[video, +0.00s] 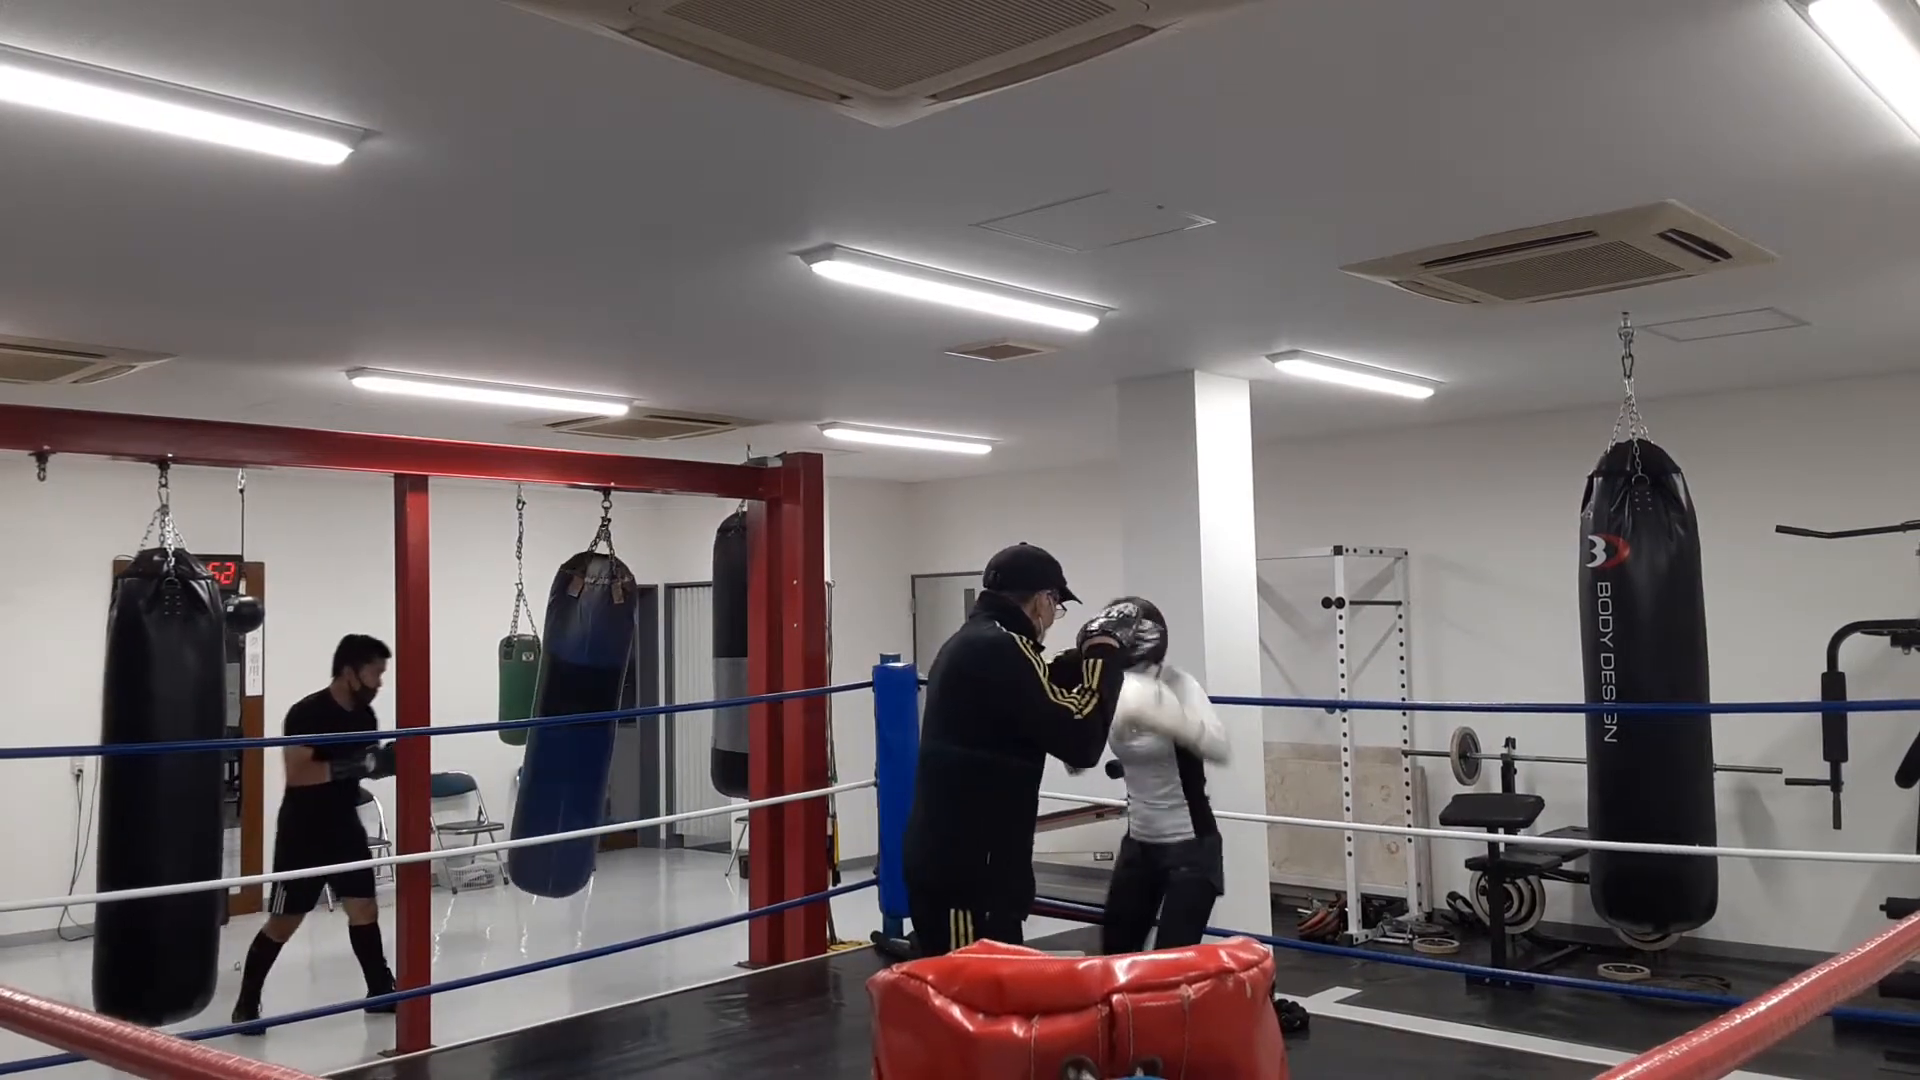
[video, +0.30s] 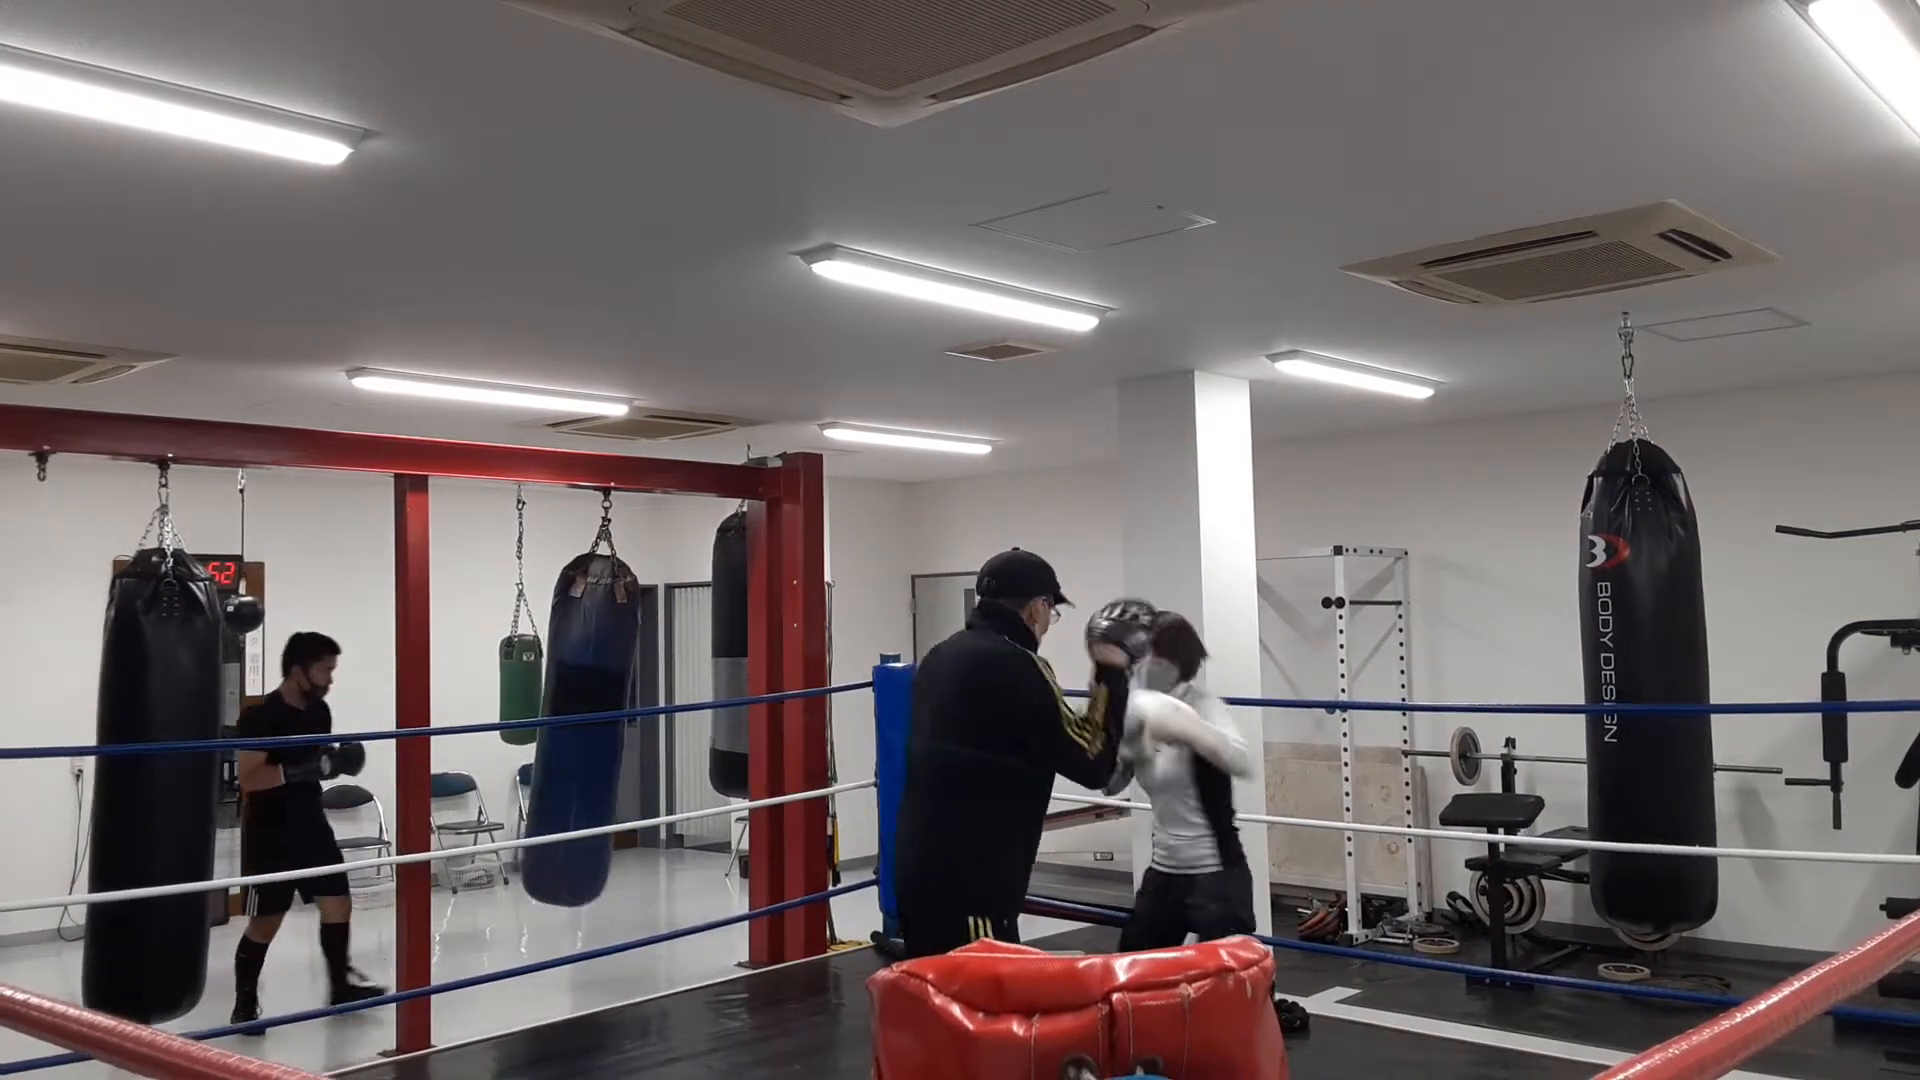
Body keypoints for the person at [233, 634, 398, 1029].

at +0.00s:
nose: (380, 683)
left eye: (381, 675)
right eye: (375, 675)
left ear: (362, 673)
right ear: (348, 671)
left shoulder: (365, 717)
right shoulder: (306, 713)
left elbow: (360, 766)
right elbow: (295, 775)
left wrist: (391, 761)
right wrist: (349, 767)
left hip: (345, 822)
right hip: (303, 825)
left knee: (363, 907)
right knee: (286, 919)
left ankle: (380, 989)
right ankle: (247, 1002)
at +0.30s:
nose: (332, 678)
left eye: (333, 670)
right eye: (326, 670)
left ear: (307, 672)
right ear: (298, 670)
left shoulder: (319, 712)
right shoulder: (260, 716)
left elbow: (311, 761)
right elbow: (249, 778)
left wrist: (339, 761)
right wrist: (302, 770)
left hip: (310, 821)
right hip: (269, 826)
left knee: (337, 902)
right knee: (268, 915)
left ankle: (340, 987)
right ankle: (245, 1003)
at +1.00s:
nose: (364, 685)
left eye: (367, 677)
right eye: (357, 677)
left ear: (366, 675)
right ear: (331, 676)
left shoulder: (358, 718)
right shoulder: (295, 720)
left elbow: (355, 765)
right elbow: (282, 778)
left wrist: (370, 771)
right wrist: (332, 778)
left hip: (339, 816)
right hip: (297, 820)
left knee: (365, 889)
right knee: (285, 907)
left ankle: (371, 975)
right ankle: (252, 998)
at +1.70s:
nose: (323, 681)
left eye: (327, 673)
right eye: (316, 673)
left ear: (328, 671)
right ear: (292, 670)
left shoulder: (315, 711)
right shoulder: (254, 711)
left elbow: (351, 757)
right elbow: (266, 760)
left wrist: (361, 733)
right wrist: (309, 729)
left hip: (307, 820)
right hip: (263, 824)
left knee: (331, 892)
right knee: (254, 905)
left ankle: (355, 974)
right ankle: (235, 989)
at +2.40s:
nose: (355, 686)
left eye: (357, 678)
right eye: (348, 678)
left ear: (355, 679)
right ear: (324, 678)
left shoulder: (348, 718)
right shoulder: (288, 719)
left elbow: (386, 755)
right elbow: (307, 763)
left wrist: (393, 724)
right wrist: (346, 731)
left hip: (343, 828)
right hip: (298, 832)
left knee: (380, 896)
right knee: (277, 912)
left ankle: (395, 972)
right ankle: (238, 989)